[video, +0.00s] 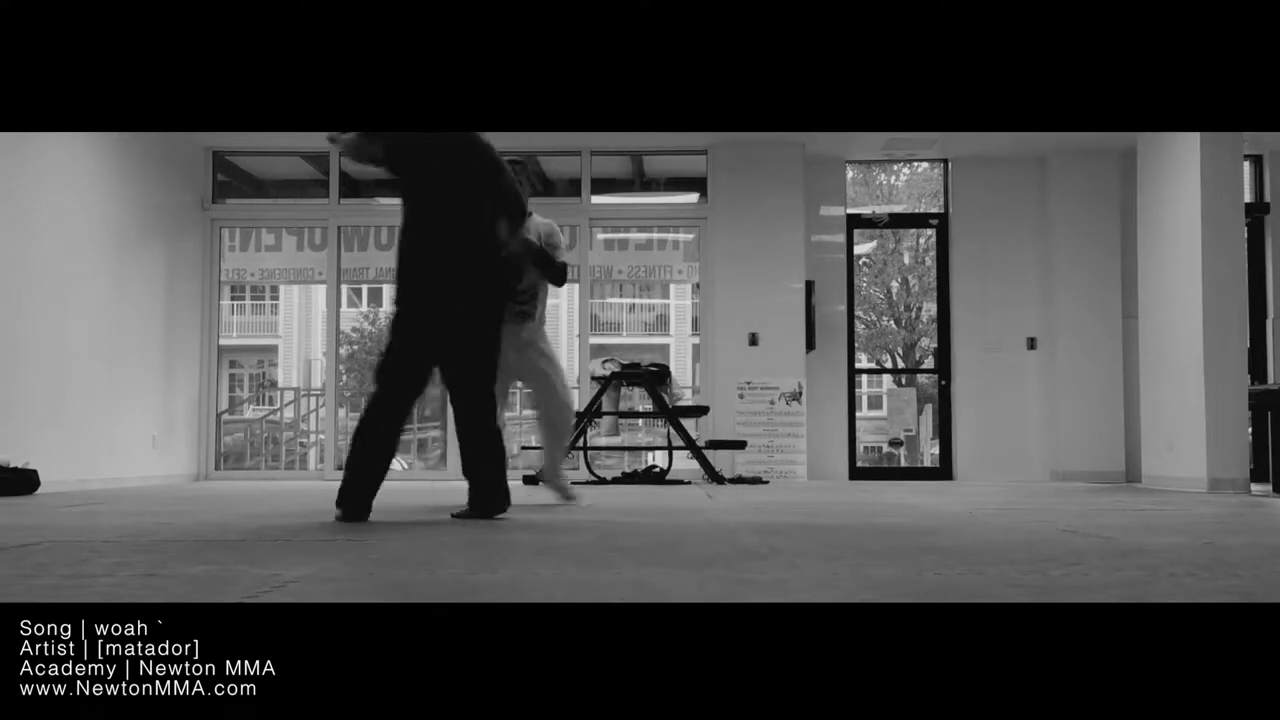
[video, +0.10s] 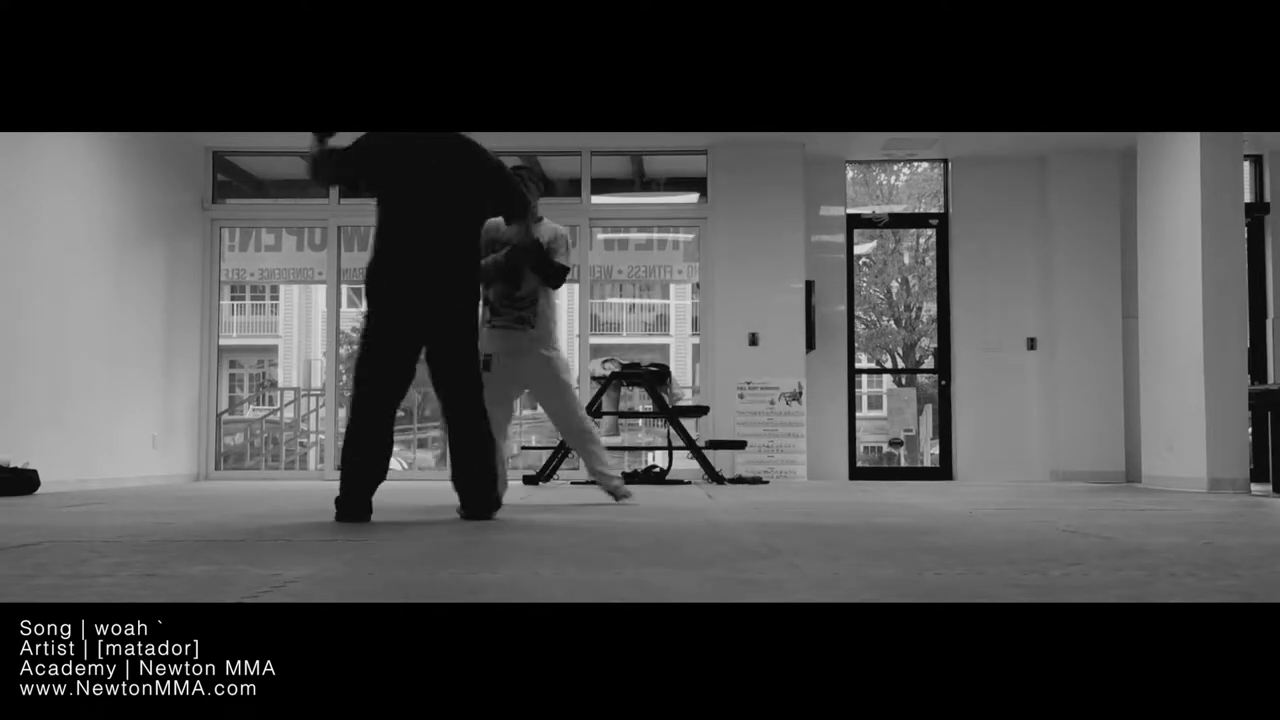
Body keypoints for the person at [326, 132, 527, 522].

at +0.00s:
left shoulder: (416, 146)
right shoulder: (481, 151)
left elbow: (356, 148)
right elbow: (516, 208)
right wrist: (496, 250)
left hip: (424, 299)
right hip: (475, 298)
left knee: (391, 398)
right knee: (474, 400)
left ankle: (354, 503)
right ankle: (489, 499)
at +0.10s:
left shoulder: (386, 145)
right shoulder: (471, 153)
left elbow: (325, 171)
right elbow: (519, 210)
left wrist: (322, 143)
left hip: (395, 293)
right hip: (454, 294)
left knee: (374, 399)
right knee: (464, 398)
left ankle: (354, 504)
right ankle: (479, 502)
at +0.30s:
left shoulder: (372, 144)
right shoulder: (456, 145)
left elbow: (349, 197)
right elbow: (508, 201)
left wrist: (353, 159)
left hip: (365, 282)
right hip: (427, 282)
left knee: (360, 398)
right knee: (435, 396)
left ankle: (352, 505)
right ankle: (427, 497)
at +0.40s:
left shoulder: (371, 143)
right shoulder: (442, 142)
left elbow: (358, 186)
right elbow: (493, 201)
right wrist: (478, 175)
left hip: (358, 280)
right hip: (415, 281)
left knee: (357, 393)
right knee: (417, 392)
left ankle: (352, 504)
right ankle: (410, 501)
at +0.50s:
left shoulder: (372, 143)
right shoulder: (436, 142)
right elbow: (477, 201)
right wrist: (478, 183)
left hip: (357, 283)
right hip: (412, 286)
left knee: (360, 391)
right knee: (414, 393)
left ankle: (352, 503)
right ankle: (406, 500)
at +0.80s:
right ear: (434, 129)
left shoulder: (375, 143)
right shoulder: (427, 150)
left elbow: (434, 172)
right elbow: (464, 216)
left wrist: (486, 157)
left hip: (359, 283)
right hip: (403, 288)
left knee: (372, 391)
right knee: (414, 393)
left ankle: (332, 489)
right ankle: (405, 502)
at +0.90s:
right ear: (433, 130)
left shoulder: (371, 145)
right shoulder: (426, 155)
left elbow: (436, 166)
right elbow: (460, 220)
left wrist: (491, 151)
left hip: (355, 290)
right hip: (403, 295)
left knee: (354, 389)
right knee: (410, 396)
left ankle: (329, 492)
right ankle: (404, 502)